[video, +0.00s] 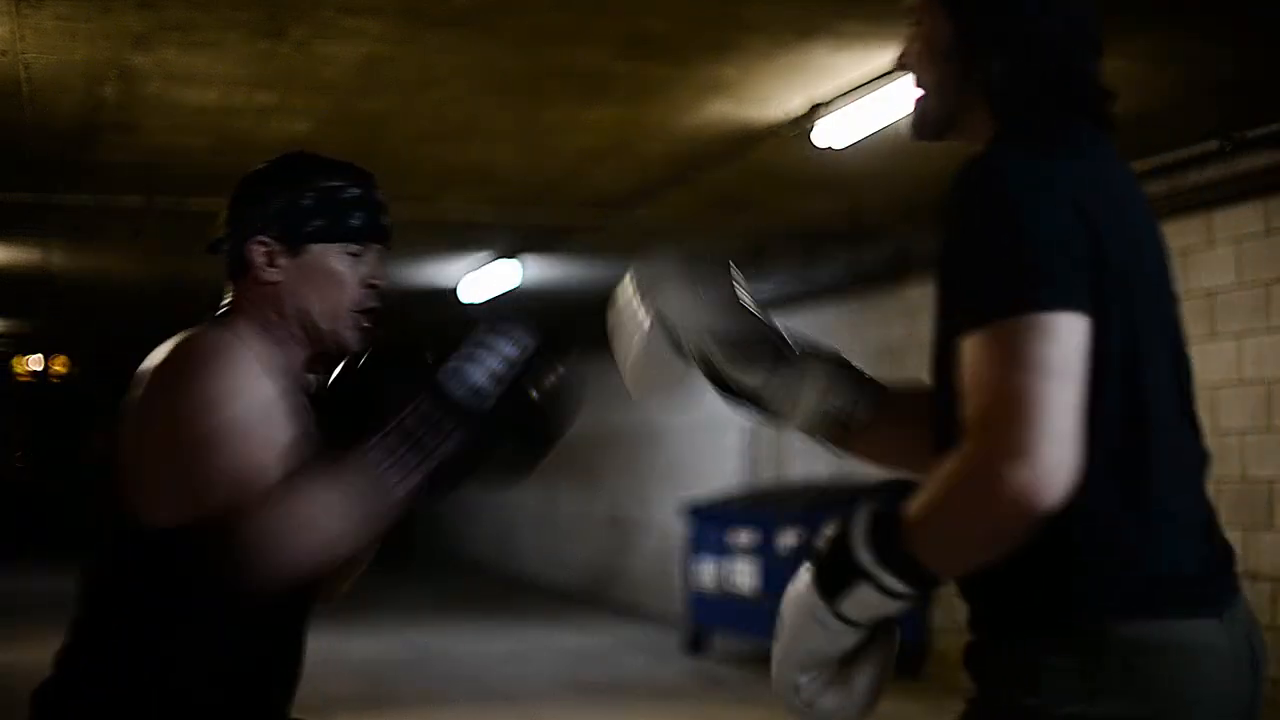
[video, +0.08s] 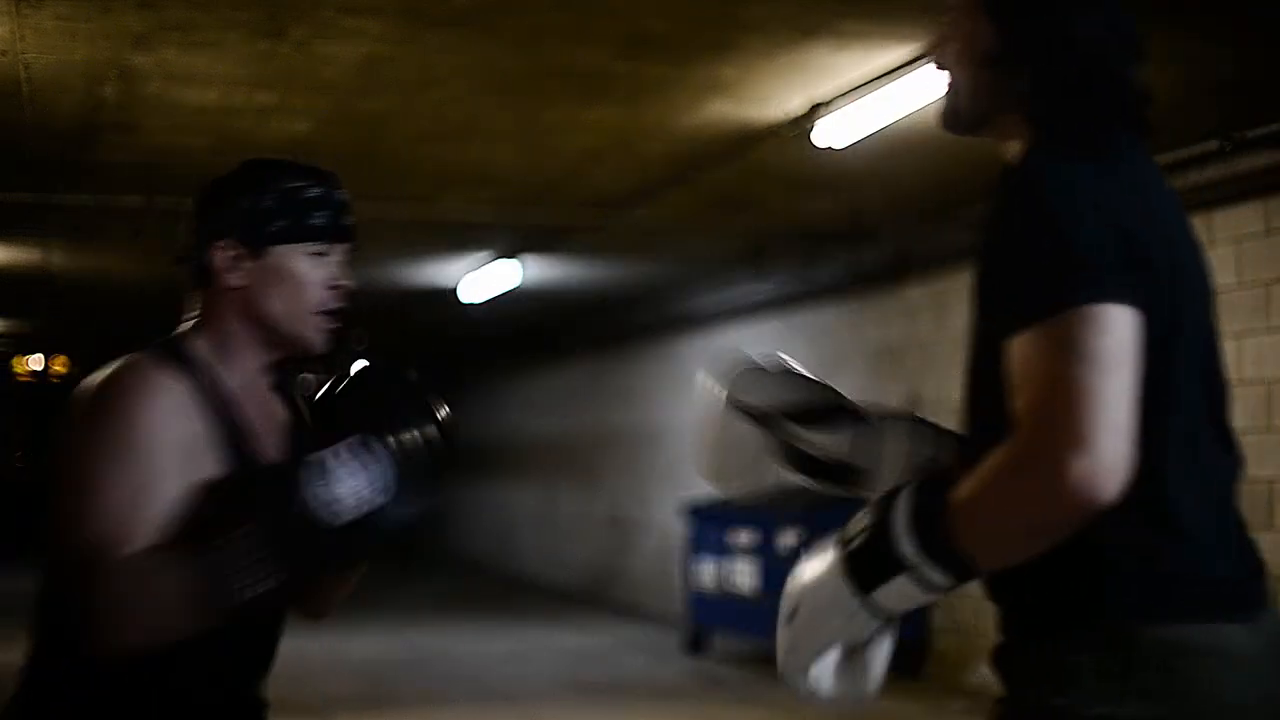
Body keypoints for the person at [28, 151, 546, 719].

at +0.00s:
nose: (376, 281)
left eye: (377, 259)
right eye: (354, 255)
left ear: (270, 262)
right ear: (268, 260)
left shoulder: (269, 379)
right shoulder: (219, 369)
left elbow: (308, 572)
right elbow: (268, 549)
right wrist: (439, 419)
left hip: (219, 708)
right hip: (156, 718)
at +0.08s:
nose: (343, 282)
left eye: (343, 258)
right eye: (317, 255)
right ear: (232, 264)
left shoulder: (277, 406)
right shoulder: (143, 400)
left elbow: (313, 597)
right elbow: (110, 610)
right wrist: (290, 519)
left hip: (223, 710)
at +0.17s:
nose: (299, 285)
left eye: (298, 262)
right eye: (269, 258)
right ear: (183, 271)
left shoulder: (253, 416)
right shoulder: (75, 421)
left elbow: (294, 616)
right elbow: (32, 638)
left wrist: (348, 507)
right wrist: (172, 566)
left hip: (203, 710)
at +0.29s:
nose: (253, 269)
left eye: (253, 247)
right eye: (221, 243)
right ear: (134, 258)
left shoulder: (238, 393)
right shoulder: (41, 400)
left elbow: (289, 602)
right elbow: (43, 643)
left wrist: (321, 495)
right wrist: (153, 524)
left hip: (189, 692)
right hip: (67, 699)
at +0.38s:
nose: (257, 250)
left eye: (256, 227)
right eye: (224, 227)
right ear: (138, 248)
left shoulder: (236, 381)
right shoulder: (43, 387)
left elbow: (317, 587)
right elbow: (92, 622)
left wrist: (340, 456)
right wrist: (180, 472)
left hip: (200, 690)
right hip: (75, 703)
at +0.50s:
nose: (298, 249)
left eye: (296, 227)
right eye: (266, 224)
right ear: (180, 246)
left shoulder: (257, 384)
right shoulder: (88, 388)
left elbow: (356, 580)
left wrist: (380, 422)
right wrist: (245, 427)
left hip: (213, 700)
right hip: (91, 709)